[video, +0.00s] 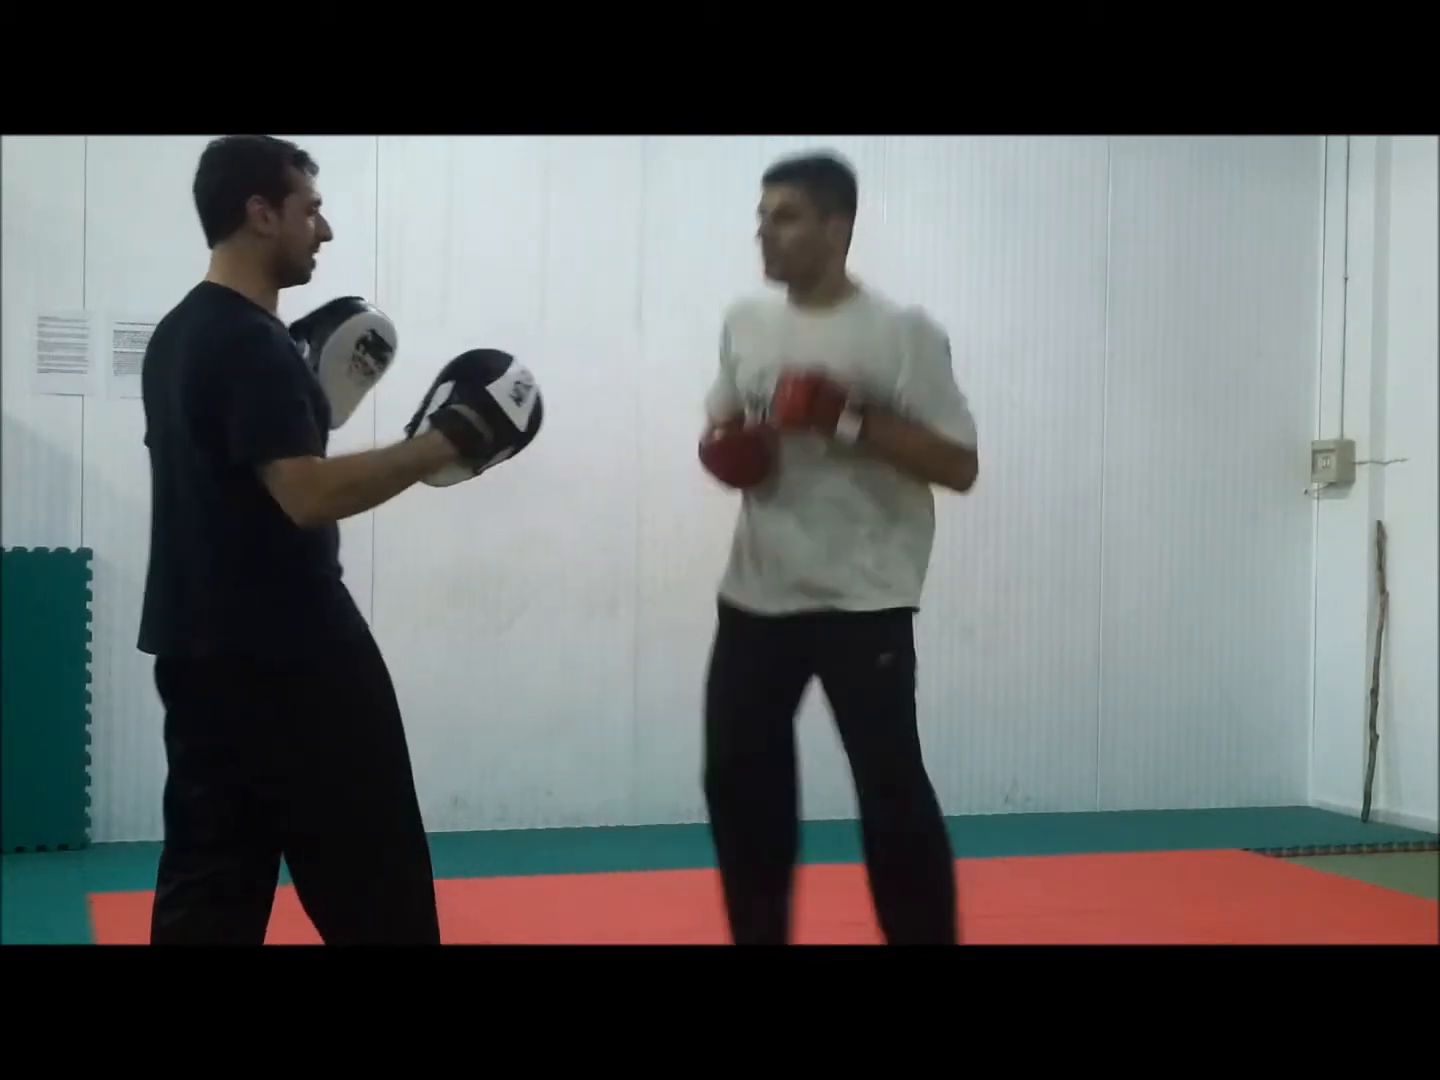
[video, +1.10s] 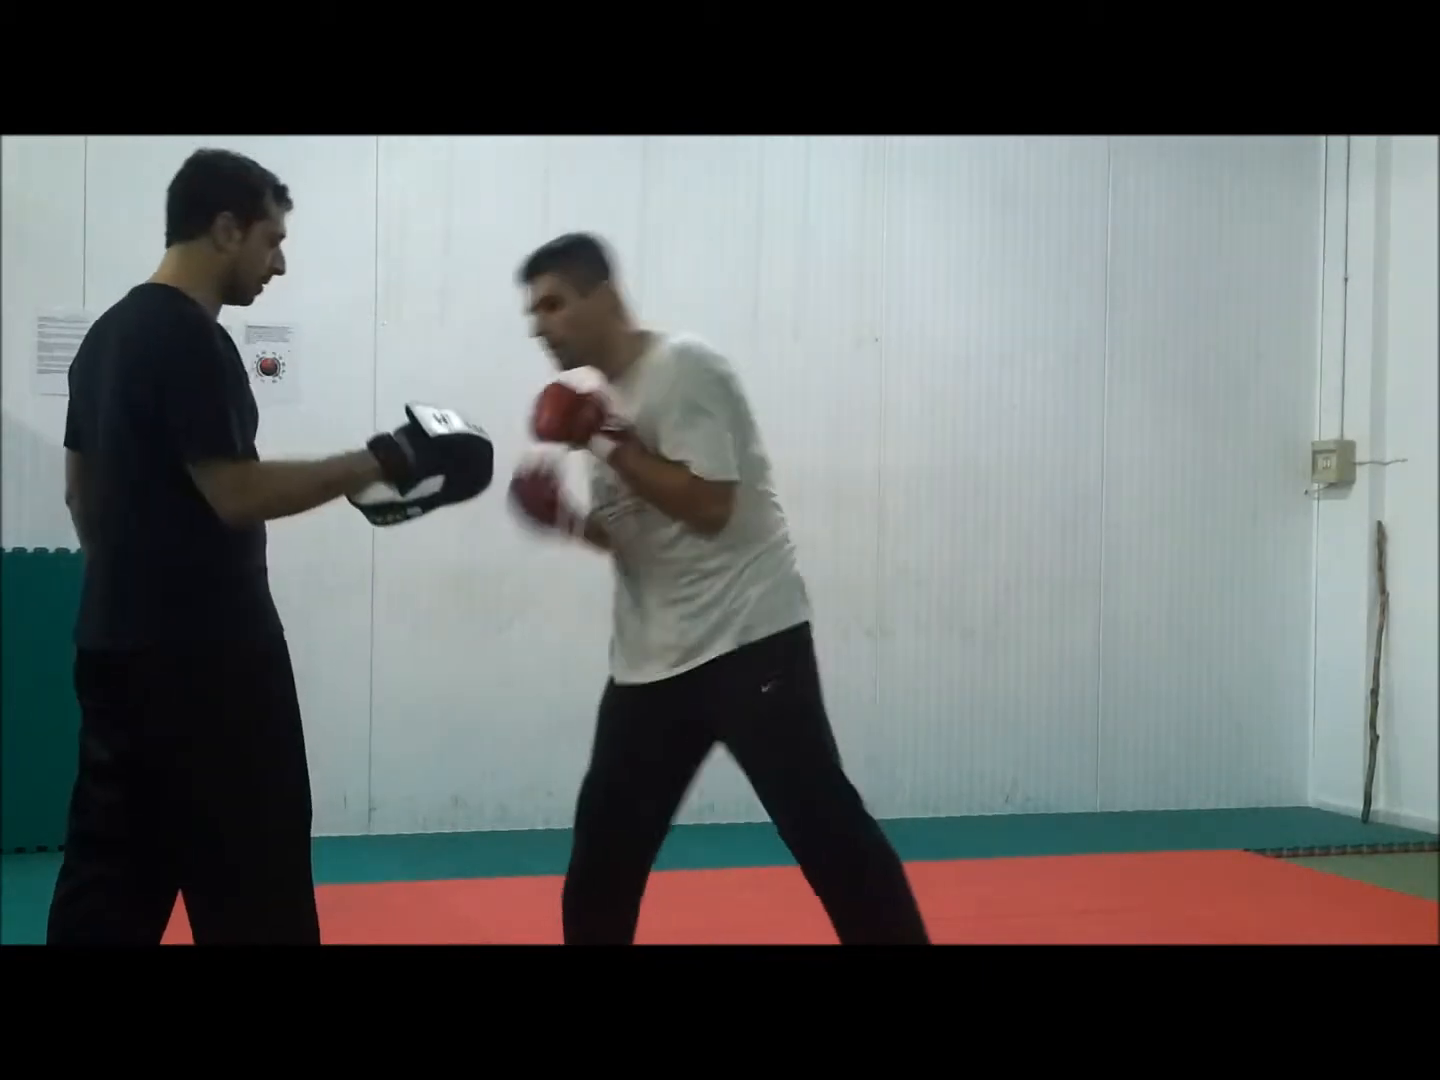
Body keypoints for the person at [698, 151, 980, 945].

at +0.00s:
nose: (765, 231)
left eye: (784, 218)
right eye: (763, 217)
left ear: (838, 226)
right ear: (766, 226)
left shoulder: (906, 335)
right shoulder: (748, 324)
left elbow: (960, 467)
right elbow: (723, 428)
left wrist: (852, 417)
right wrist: (730, 453)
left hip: (866, 605)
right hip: (759, 602)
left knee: (892, 794)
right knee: (740, 791)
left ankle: (924, 939)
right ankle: (758, 939)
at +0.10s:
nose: (735, 317)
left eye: (750, 298)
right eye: (731, 300)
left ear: (803, 296)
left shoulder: (876, 387)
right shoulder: (770, 396)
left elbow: (849, 535)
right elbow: (758, 533)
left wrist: (796, 439)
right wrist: (718, 453)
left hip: (877, 661)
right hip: (789, 654)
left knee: (907, 862)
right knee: (689, 806)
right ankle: (686, 945)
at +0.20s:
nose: (671, 341)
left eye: (681, 320)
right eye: (668, 325)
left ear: (731, 312)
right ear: (733, 319)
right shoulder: (780, 383)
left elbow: (762, 531)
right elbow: (764, 521)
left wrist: (688, 467)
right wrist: (688, 457)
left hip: (831, 660)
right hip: (774, 660)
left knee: (869, 849)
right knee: (683, 820)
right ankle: (641, 941)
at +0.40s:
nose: (571, 401)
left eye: (575, 377)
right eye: (565, 385)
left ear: (618, 357)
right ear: (625, 361)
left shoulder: (667, 406)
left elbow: (687, 550)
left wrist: (612, 494)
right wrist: (669, 636)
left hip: (777, 670)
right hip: (706, 677)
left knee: (844, 866)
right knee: (608, 835)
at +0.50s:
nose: (542, 371)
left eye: (546, 347)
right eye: (532, 363)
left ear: (598, 333)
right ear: (543, 384)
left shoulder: (698, 376)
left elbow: (734, 473)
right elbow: (667, 569)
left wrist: (653, 424)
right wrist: (636, 666)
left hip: (788, 662)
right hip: (678, 684)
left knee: (858, 849)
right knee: (600, 878)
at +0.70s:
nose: (514, 358)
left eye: (518, 337)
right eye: (500, 361)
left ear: (561, 329)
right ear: (508, 384)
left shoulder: (669, 383)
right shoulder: (535, 448)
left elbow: (741, 477)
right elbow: (586, 570)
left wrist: (645, 413)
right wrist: (601, 466)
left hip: (760, 638)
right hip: (646, 667)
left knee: (863, 799)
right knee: (601, 862)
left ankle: (867, 938)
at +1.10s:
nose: (538, 327)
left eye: (550, 305)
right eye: (533, 311)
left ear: (605, 296)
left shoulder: (687, 369)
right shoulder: (598, 405)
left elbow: (711, 506)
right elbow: (632, 539)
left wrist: (606, 438)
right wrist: (564, 518)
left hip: (749, 640)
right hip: (652, 657)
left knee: (824, 829)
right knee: (605, 844)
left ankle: (897, 941)